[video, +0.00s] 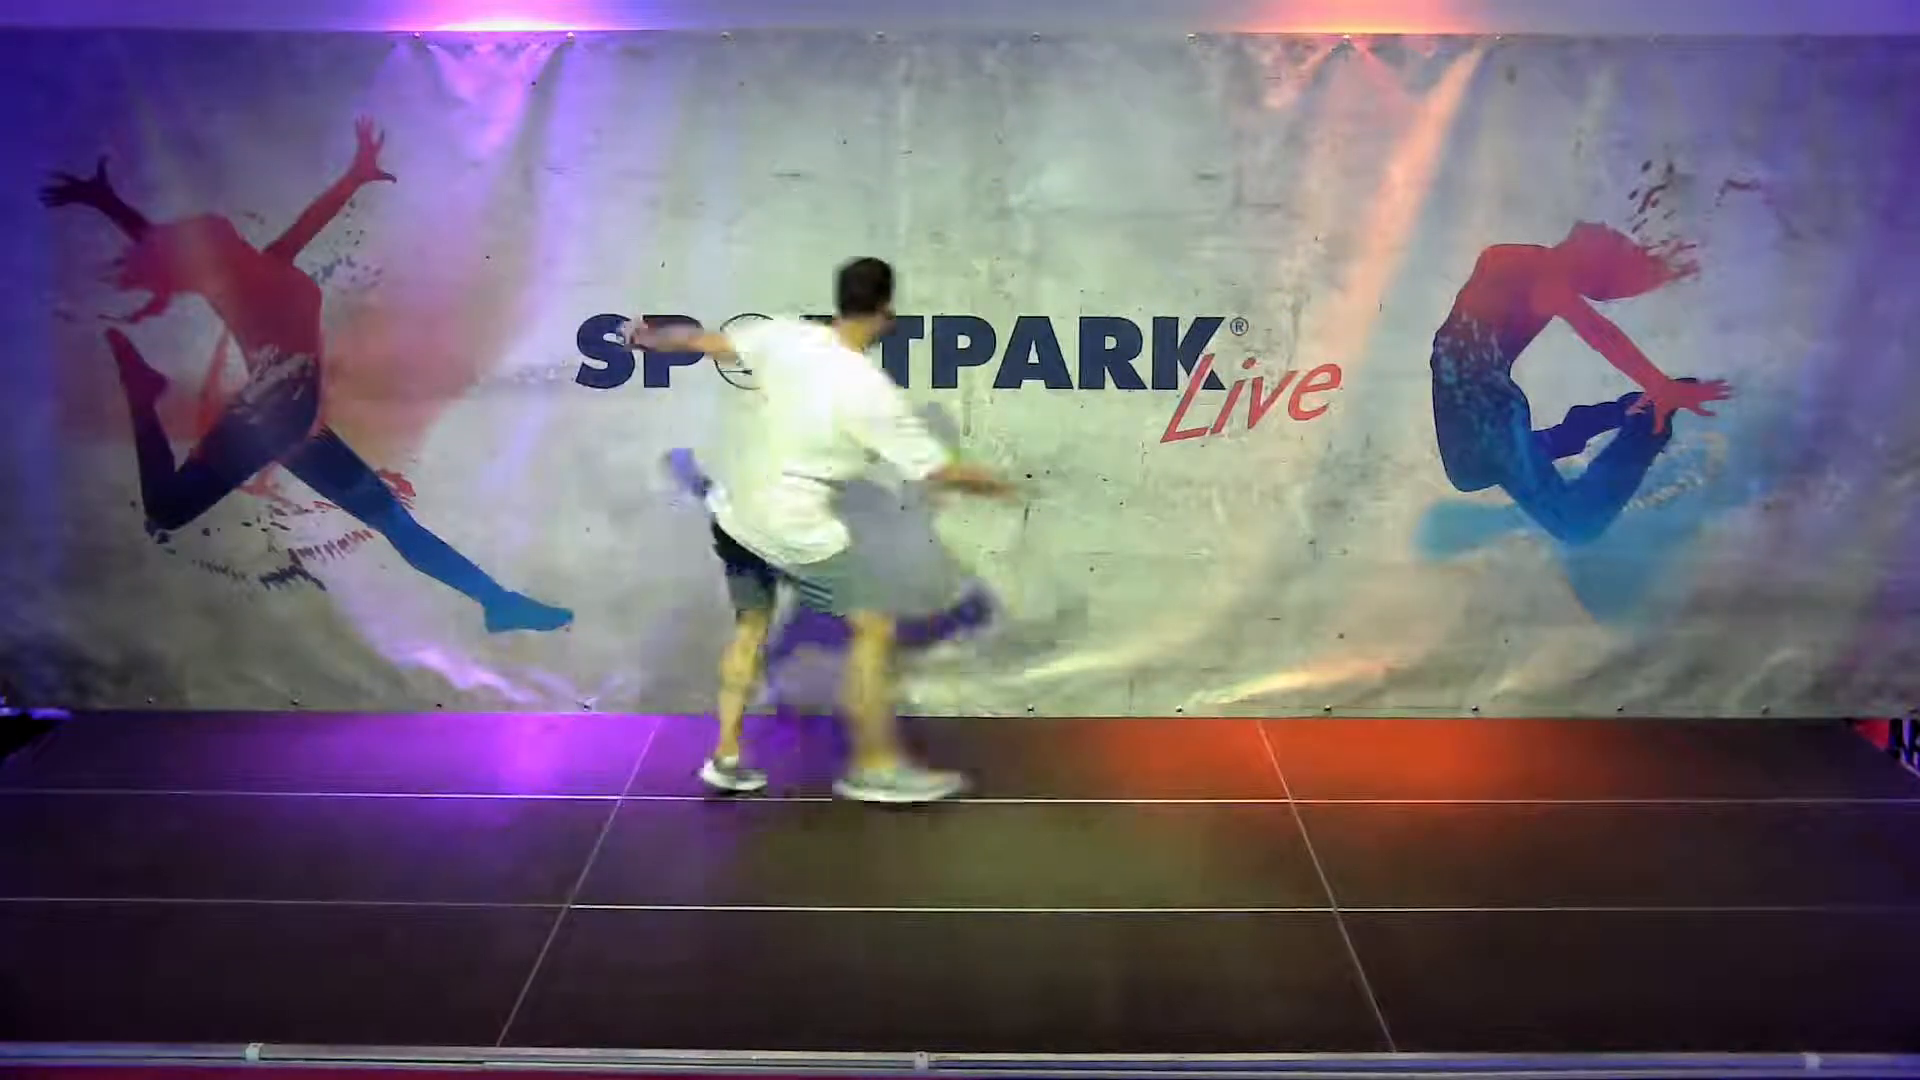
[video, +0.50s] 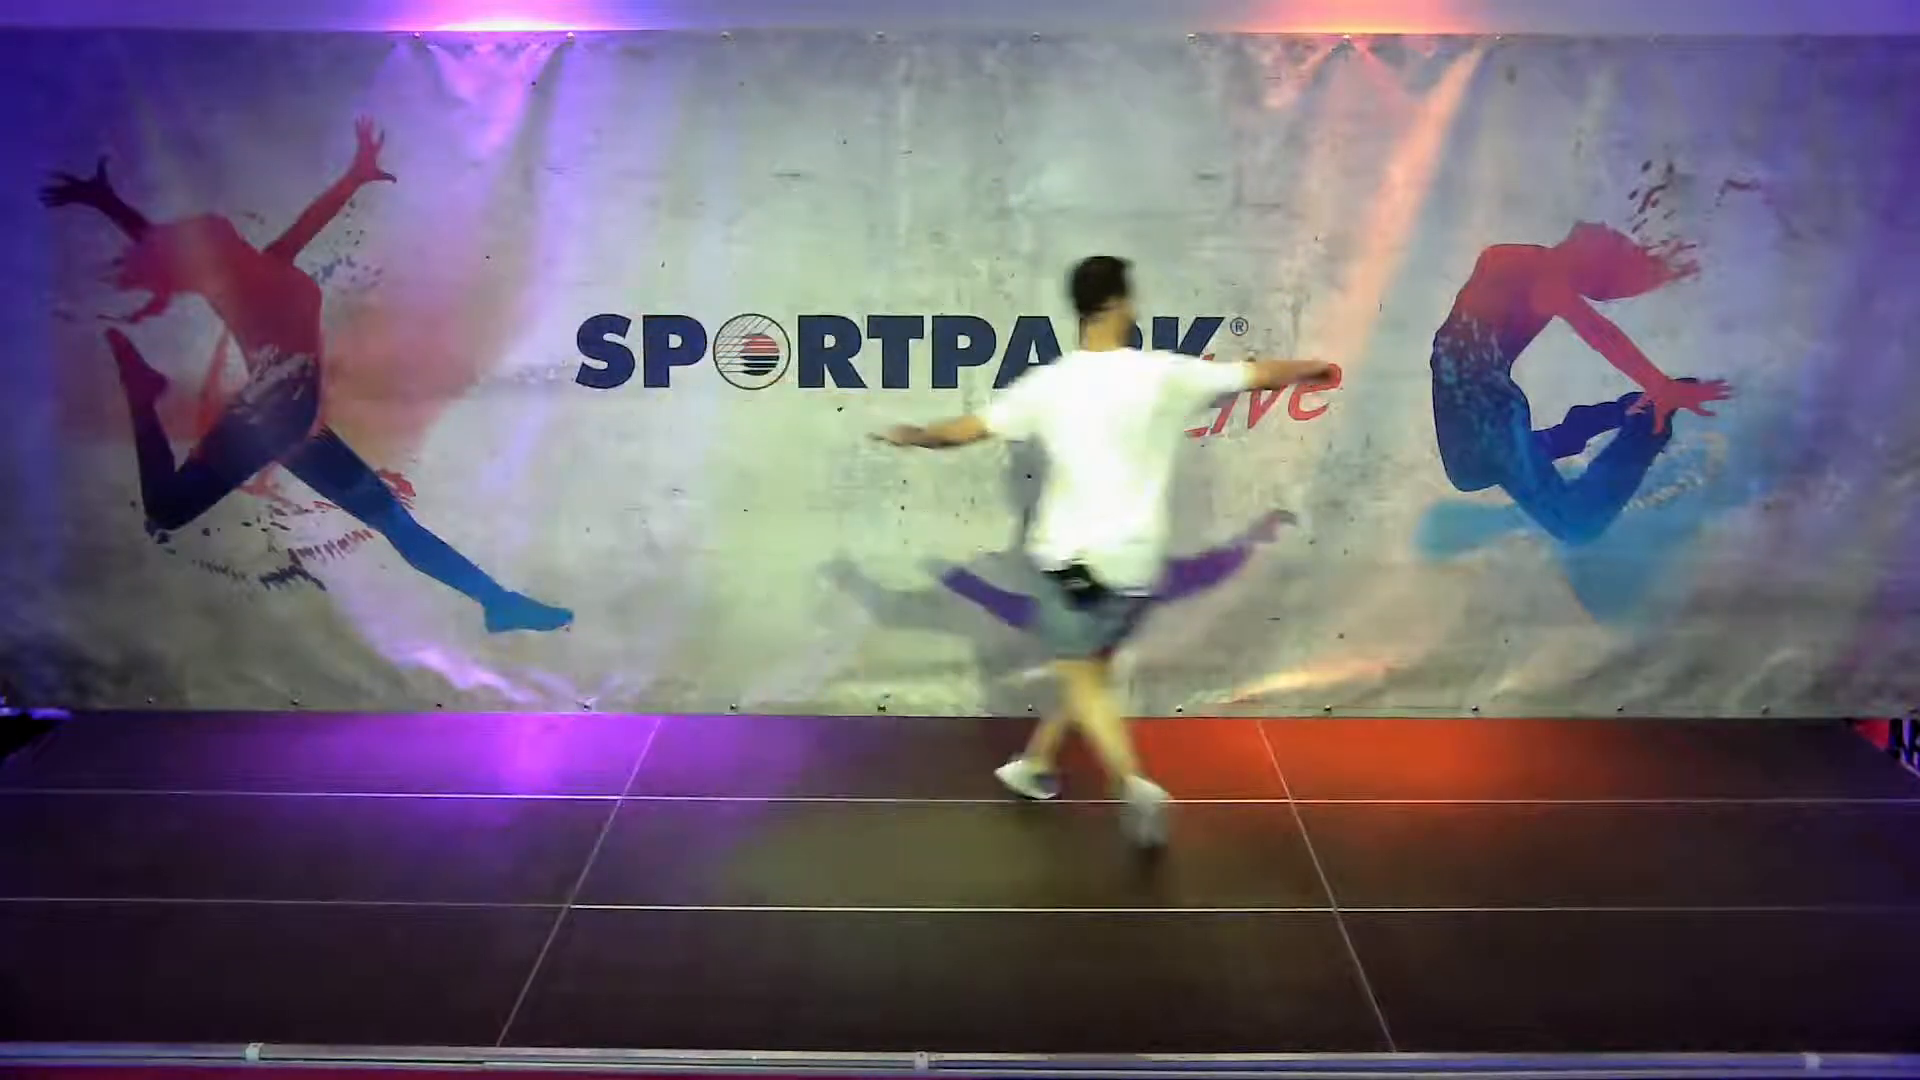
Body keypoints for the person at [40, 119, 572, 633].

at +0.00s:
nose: (179, 290)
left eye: (179, 270)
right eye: (174, 274)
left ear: (204, 255)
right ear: (206, 254)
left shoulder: (263, 269)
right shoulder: (245, 275)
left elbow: (308, 223)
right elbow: (155, 243)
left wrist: (357, 176)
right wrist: (104, 201)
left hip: (295, 425)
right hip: (263, 421)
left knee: (386, 513)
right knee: (166, 511)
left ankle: (500, 601)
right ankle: (140, 393)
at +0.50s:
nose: (177, 292)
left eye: (176, 272)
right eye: (166, 279)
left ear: (202, 255)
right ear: (204, 254)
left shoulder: (262, 269)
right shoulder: (244, 275)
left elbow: (307, 223)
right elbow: (156, 243)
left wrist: (357, 176)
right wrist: (104, 201)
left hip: (295, 424)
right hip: (263, 421)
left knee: (386, 512)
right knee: (166, 511)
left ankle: (499, 601)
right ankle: (140, 393)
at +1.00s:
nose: (183, 288)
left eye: (180, 267)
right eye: (186, 264)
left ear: (204, 253)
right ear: (202, 251)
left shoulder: (263, 271)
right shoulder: (240, 280)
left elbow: (306, 224)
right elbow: (156, 242)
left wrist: (357, 176)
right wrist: (103, 199)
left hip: (298, 426)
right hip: (261, 422)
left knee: (387, 514)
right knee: (166, 510)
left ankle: (500, 602)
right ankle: (139, 387)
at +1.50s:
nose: (188, 287)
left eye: (187, 267)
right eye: (188, 266)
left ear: (206, 254)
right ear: (204, 251)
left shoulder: (262, 270)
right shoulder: (237, 280)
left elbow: (308, 223)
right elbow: (158, 244)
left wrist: (357, 175)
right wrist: (104, 201)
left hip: (298, 426)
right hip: (260, 422)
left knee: (388, 516)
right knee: (166, 511)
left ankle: (500, 602)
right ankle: (140, 394)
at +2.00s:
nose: (177, 289)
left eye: (177, 269)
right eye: (171, 273)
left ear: (203, 253)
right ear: (204, 249)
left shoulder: (262, 269)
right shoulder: (241, 279)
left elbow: (307, 223)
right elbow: (158, 244)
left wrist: (358, 175)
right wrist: (105, 202)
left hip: (300, 428)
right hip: (262, 422)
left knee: (389, 517)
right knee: (166, 512)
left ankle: (500, 602)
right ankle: (141, 398)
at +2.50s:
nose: (177, 289)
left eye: (177, 269)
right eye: (173, 272)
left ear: (202, 253)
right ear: (204, 249)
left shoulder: (262, 270)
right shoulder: (241, 279)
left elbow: (306, 223)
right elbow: (158, 244)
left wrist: (358, 175)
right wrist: (106, 203)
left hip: (300, 428)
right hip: (262, 422)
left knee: (389, 517)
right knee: (167, 512)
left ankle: (500, 602)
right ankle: (141, 398)